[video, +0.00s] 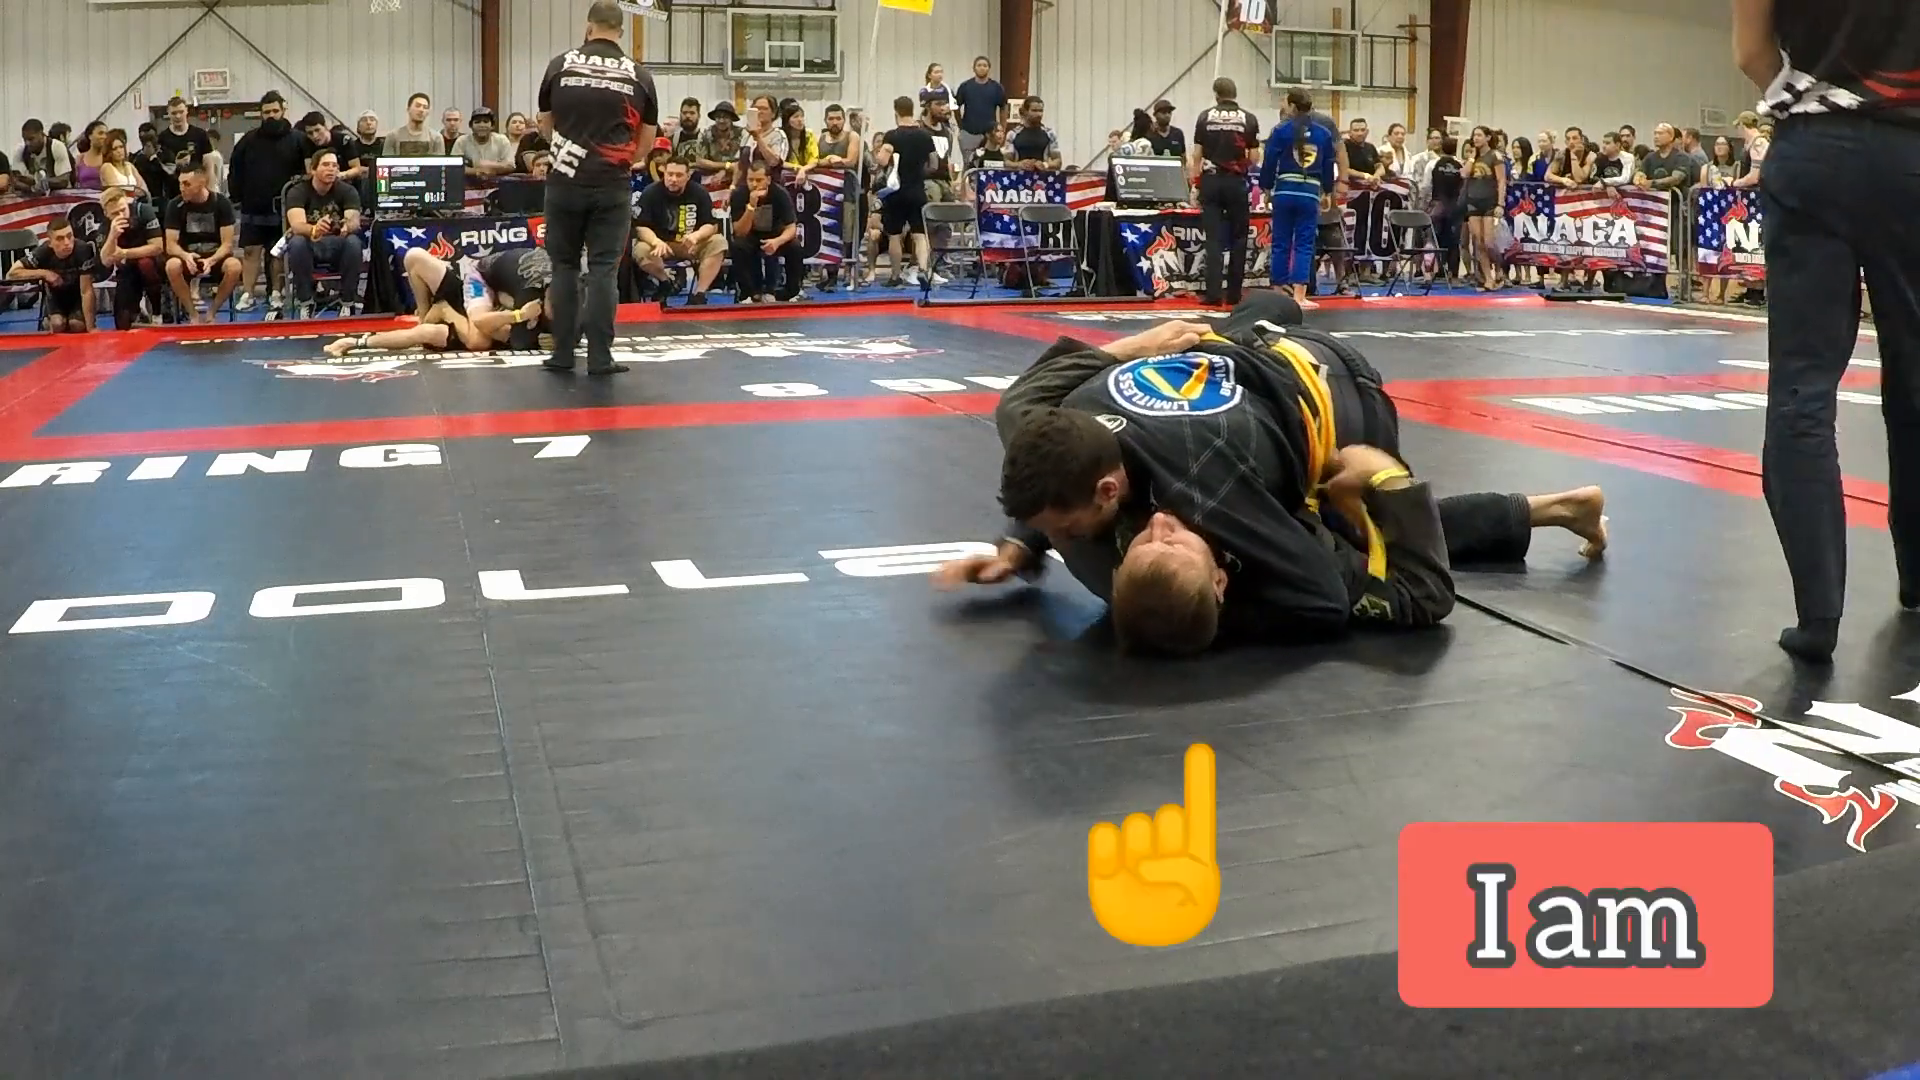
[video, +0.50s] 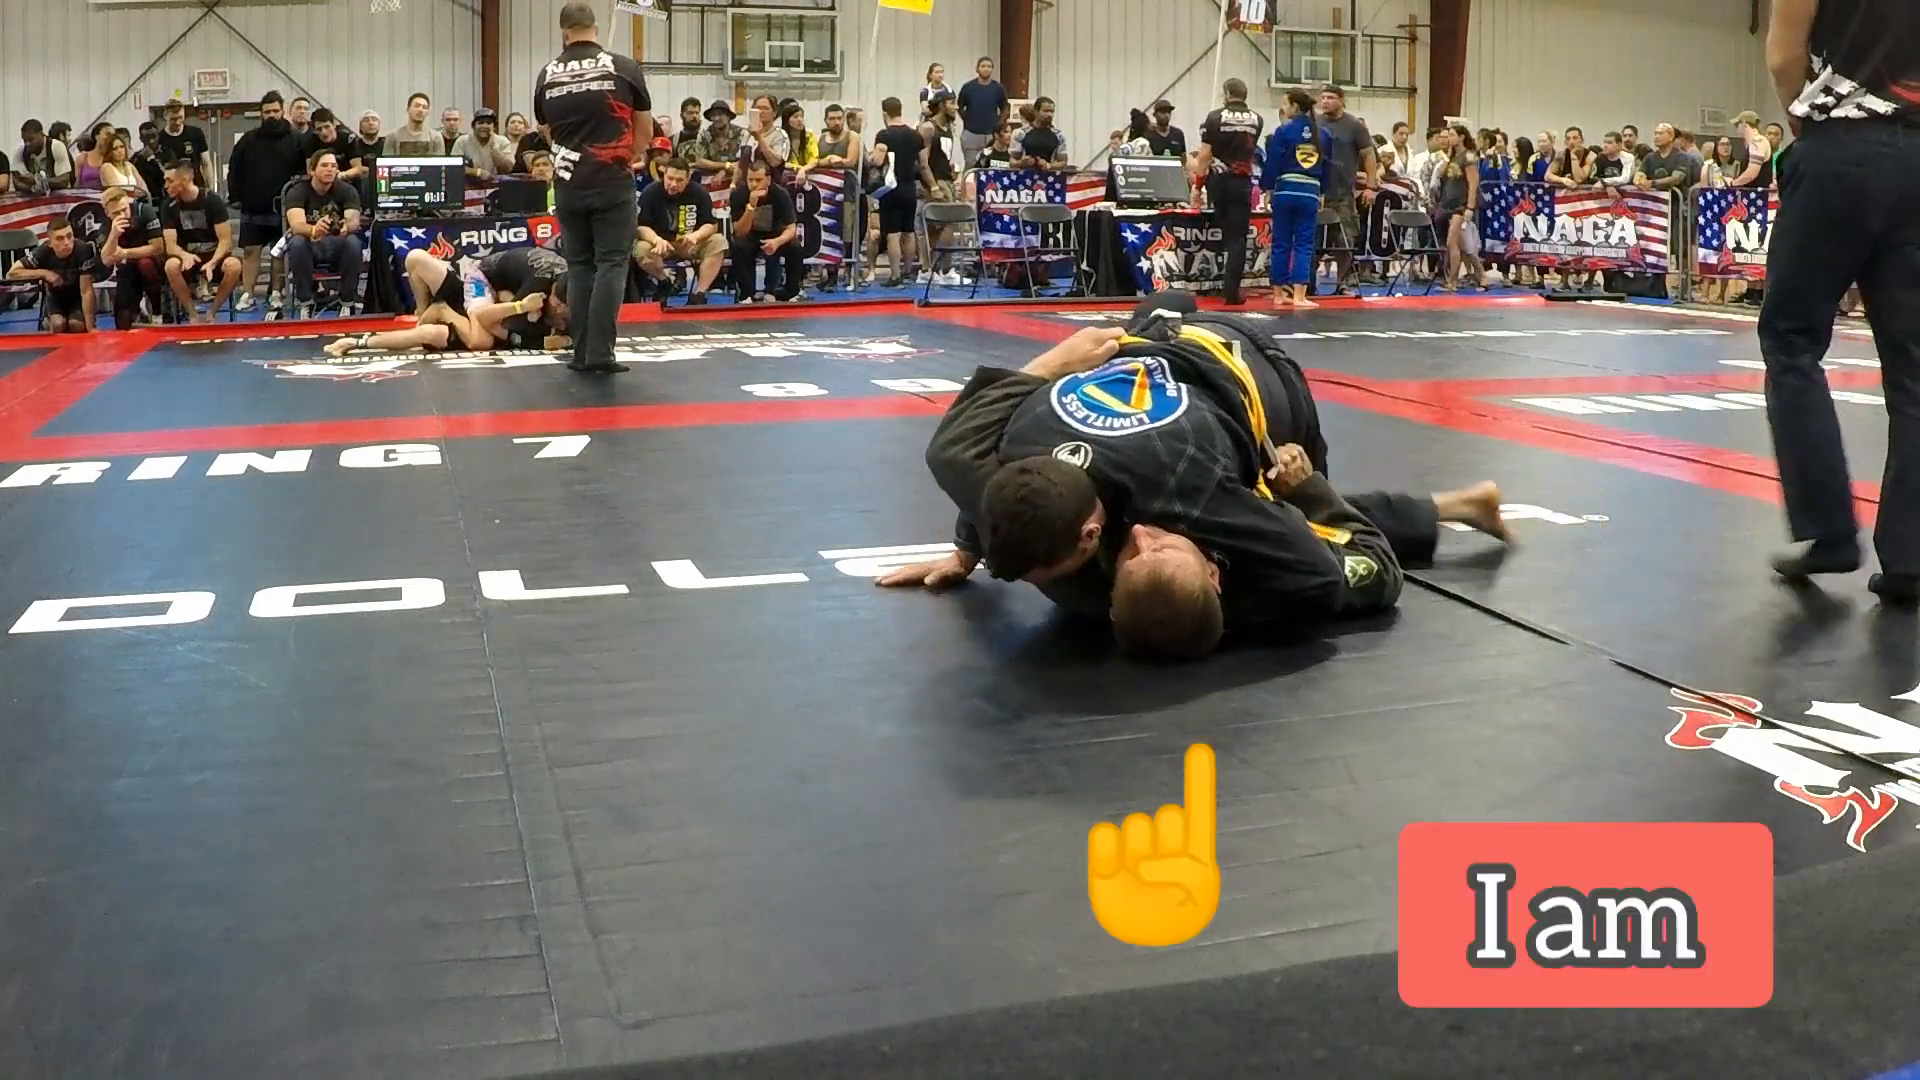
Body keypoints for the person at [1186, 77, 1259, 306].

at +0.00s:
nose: (1217, 97)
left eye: (1216, 93)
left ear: (1215, 95)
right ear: (1235, 94)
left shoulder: (1205, 117)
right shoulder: (1249, 118)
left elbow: (1197, 155)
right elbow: (1254, 156)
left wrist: (1196, 183)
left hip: (1211, 180)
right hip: (1237, 182)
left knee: (1213, 239)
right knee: (1239, 239)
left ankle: (1213, 294)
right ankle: (1234, 295)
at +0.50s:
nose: (1226, 96)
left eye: (1225, 93)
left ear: (1226, 95)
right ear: (1245, 96)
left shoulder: (1214, 117)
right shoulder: (1256, 119)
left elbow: (1204, 155)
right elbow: (1250, 149)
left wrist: (1197, 185)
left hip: (1218, 178)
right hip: (1242, 180)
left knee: (1230, 233)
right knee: (1238, 237)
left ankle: (1233, 285)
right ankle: (1232, 292)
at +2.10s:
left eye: (1236, 94)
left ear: (1234, 97)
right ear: (1253, 98)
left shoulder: (1223, 116)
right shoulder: (1264, 121)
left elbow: (1203, 131)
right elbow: (1259, 145)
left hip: (1224, 179)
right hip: (1247, 182)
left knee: (1209, 197)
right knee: (1240, 239)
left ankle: (1231, 223)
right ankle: (1232, 293)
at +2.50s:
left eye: (1239, 94)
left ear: (1237, 97)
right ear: (1257, 98)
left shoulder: (1224, 117)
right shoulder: (1265, 125)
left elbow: (1217, 139)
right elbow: (1267, 147)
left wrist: (1224, 110)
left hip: (1224, 176)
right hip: (1247, 181)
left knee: (1210, 198)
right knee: (1241, 238)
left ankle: (1231, 219)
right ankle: (1231, 292)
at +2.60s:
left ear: (1238, 98)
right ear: (1257, 99)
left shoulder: (1224, 118)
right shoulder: (1265, 126)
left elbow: (1216, 138)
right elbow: (1264, 148)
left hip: (1222, 178)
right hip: (1247, 183)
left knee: (1210, 198)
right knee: (1240, 239)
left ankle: (1232, 219)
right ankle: (1231, 292)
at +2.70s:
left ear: (1238, 97)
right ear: (1257, 99)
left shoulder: (1224, 116)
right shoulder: (1266, 124)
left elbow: (1213, 140)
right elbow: (1264, 148)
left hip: (1222, 177)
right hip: (1246, 182)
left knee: (1211, 198)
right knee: (1241, 238)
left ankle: (1232, 219)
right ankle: (1231, 292)